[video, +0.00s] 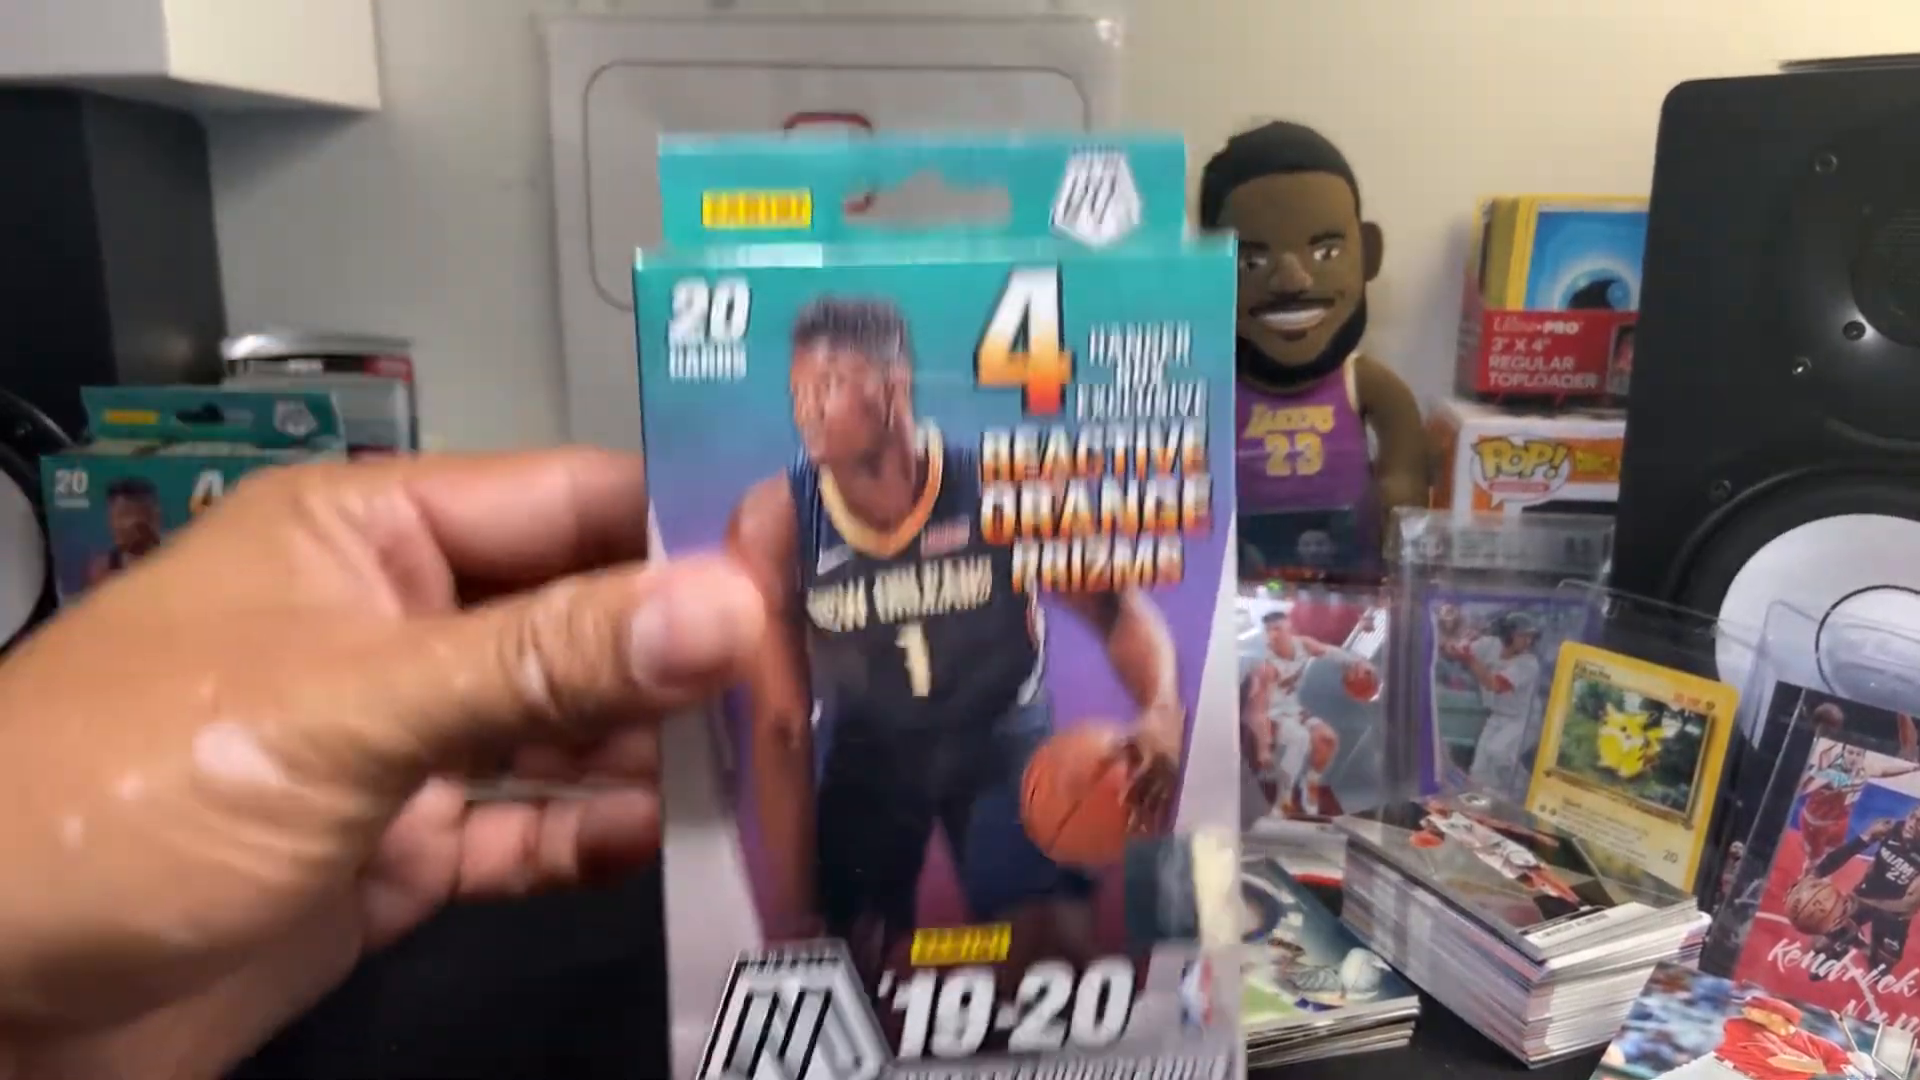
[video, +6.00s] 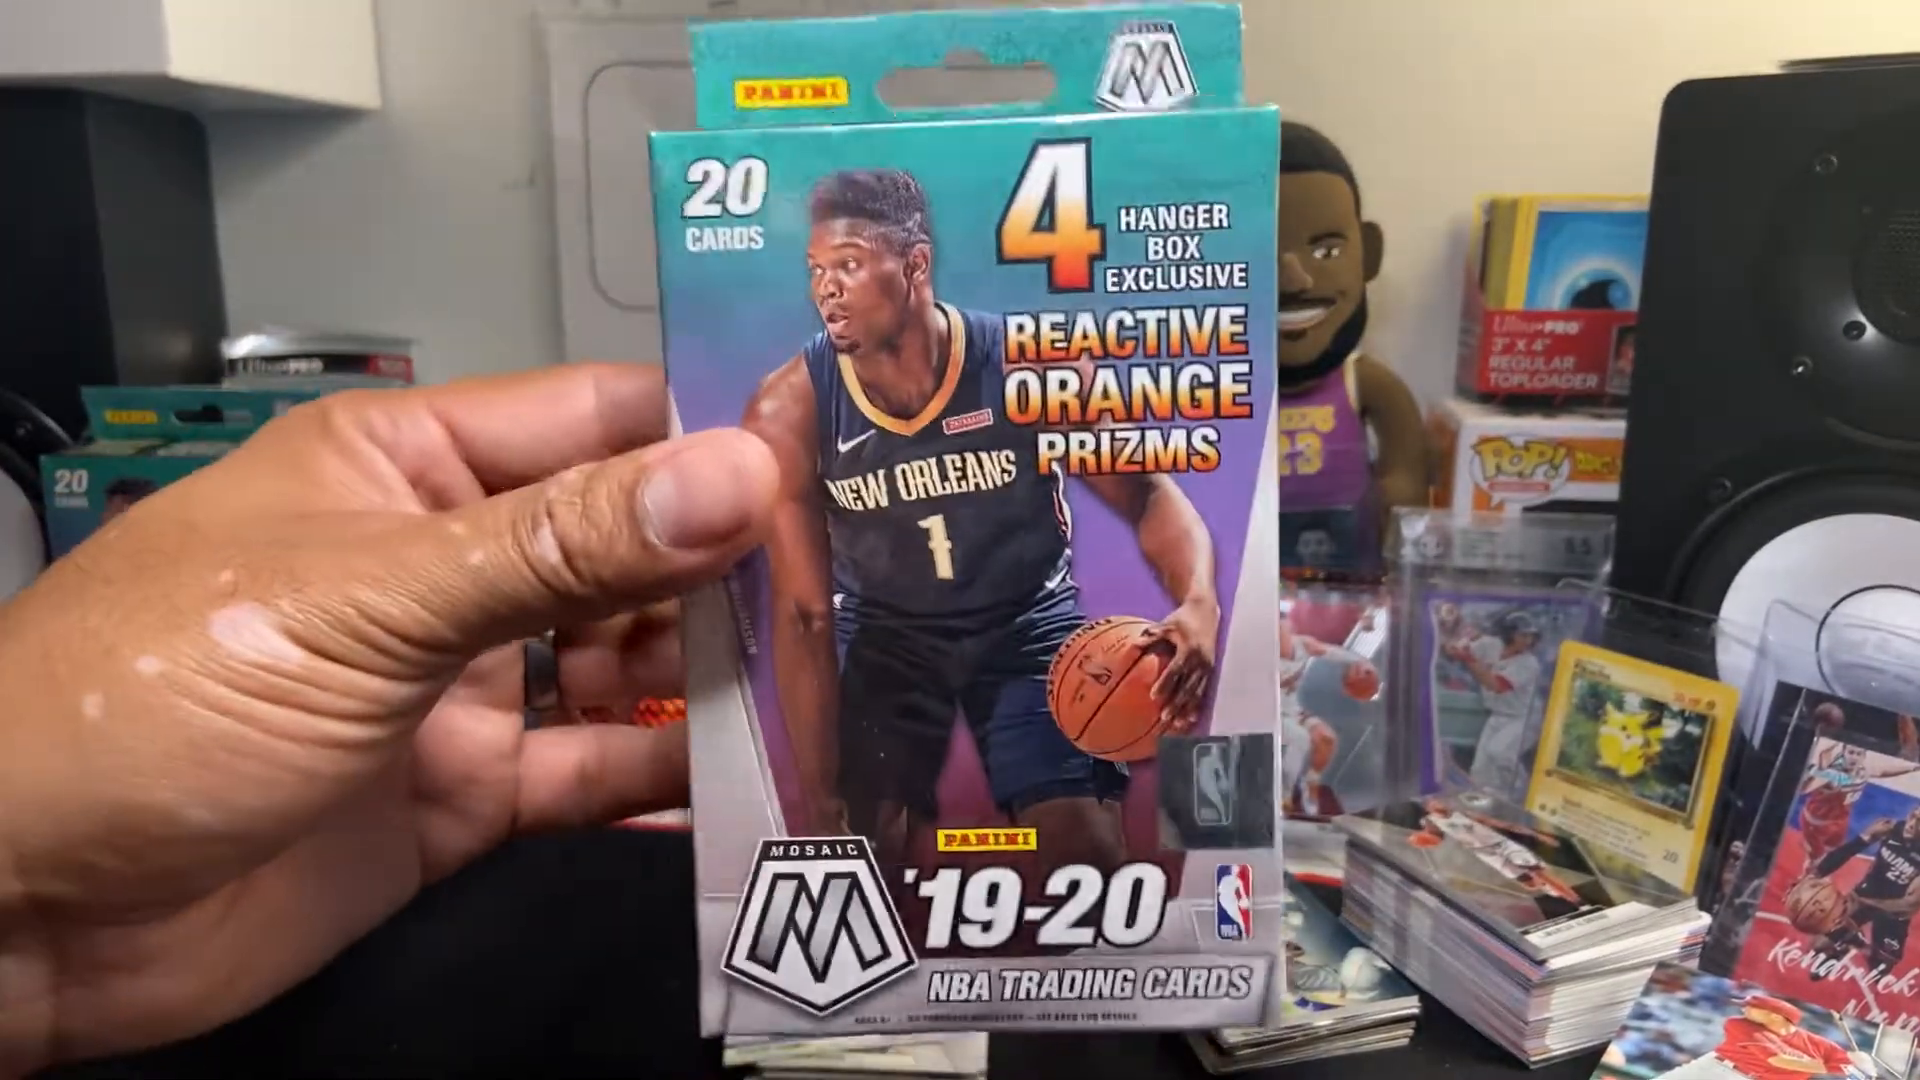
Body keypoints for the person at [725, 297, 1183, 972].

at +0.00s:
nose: (811, 408)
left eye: (832, 384)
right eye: (801, 389)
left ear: (895, 387)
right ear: (791, 399)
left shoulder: (999, 487)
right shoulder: (774, 520)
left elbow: (1115, 608)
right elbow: (781, 728)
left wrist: (1162, 712)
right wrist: (790, 920)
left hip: (999, 750)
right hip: (870, 759)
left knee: (1052, 946)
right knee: (842, 963)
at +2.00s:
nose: (828, 306)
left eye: (854, 282)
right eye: (819, 283)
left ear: (922, 290)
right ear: (806, 292)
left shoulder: (1028, 406)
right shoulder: (780, 427)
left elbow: (1157, 557)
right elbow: (767, 655)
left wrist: (1202, 680)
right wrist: (767, 858)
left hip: (1008, 695)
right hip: (865, 698)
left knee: (1054, 907)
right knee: (837, 913)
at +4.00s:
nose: (669, 281)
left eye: (689, 261)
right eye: (661, 266)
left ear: (747, 259)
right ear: (653, 272)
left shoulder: (838, 344)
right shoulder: (640, 380)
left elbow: (940, 450)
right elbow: (652, 556)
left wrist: (984, 538)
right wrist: (667, 712)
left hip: (845, 559)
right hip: (727, 571)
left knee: (893, 744)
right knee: (708, 755)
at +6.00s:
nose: (825, 291)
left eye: (847, 266)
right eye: (816, 271)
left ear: (917, 267)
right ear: (809, 278)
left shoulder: (1024, 366)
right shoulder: (791, 409)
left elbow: (1144, 495)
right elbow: (803, 616)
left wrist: (1199, 602)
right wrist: (817, 798)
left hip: (1031, 625)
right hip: (888, 635)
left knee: (1082, 848)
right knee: (866, 848)